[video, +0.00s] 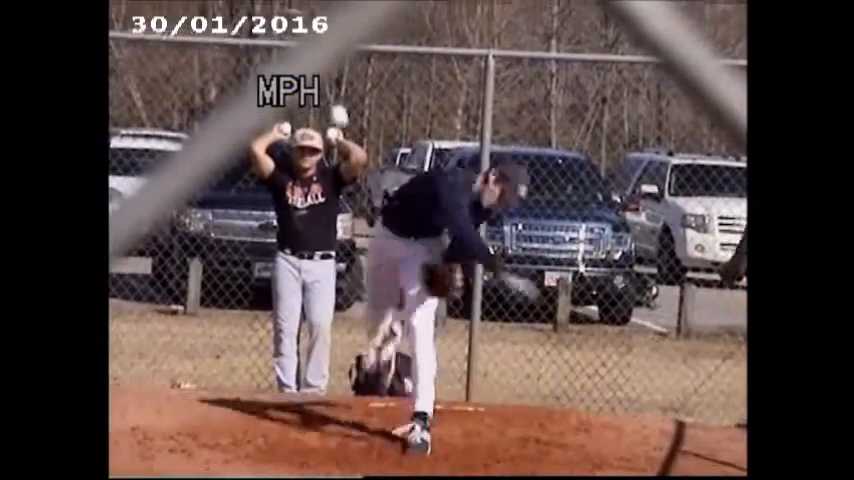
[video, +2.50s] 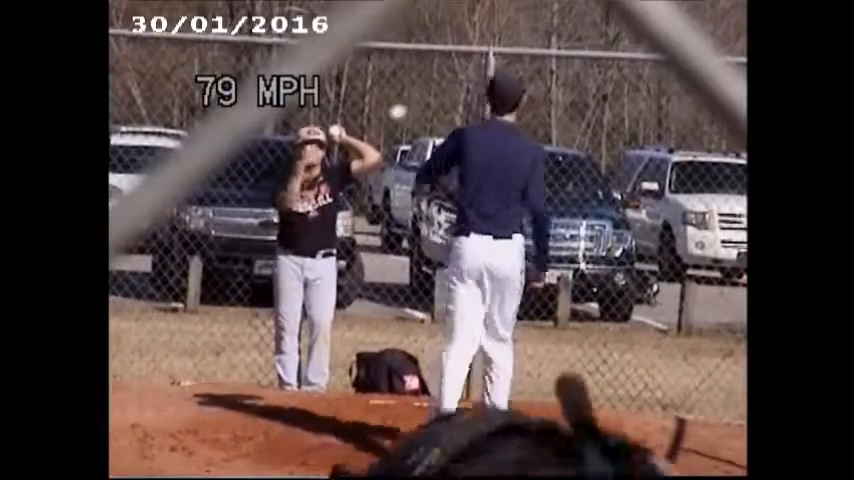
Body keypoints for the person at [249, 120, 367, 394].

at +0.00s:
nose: (307, 158)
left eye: (313, 152)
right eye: (302, 152)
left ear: (322, 153)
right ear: (292, 153)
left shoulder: (332, 177)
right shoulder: (281, 179)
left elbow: (361, 159)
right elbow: (256, 151)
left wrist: (339, 141)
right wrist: (274, 134)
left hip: (322, 262)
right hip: (288, 260)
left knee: (320, 325)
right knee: (285, 326)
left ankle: (315, 386)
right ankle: (286, 386)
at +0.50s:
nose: (307, 157)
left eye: (313, 152)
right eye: (301, 151)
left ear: (321, 153)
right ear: (291, 153)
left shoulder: (332, 177)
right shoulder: (281, 179)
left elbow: (360, 158)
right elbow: (255, 150)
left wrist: (340, 140)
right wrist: (275, 133)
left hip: (322, 261)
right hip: (287, 259)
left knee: (320, 326)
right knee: (285, 326)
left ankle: (315, 385)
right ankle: (285, 384)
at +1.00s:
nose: (307, 158)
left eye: (313, 153)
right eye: (302, 152)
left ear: (321, 153)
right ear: (292, 153)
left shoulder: (333, 177)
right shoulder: (281, 178)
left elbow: (361, 158)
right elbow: (256, 149)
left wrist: (341, 141)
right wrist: (275, 133)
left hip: (322, 261)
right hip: (288, 259)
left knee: (321, 324)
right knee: (285, 325)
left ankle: (315, 385)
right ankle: (286, 385)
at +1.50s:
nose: (309, 157)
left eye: (315, 151)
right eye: (303, 151)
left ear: (323, 153)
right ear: (293, 151)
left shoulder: (333, 176)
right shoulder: (281, 176)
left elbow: (364, 157)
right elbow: (254, 201)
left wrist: (341, 140)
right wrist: (269, 167)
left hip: (322, 260)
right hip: (287, 258)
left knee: (320, 322)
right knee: (285, 325)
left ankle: (315, 384)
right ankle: (286, 385)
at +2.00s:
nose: (308, 156)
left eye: (313, 151)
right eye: (303, 152)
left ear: (322, 155)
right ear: (294, 156)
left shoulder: (333, 179)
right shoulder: (283, 191)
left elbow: (371, 158)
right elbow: (276, 239)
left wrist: (343, 140)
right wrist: (265, 287)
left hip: (324, 264)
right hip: (290, 262)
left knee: (322, 327)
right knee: (287, 327)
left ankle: (316, 388)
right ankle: (287, 387)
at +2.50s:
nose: (311, 161)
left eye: (316, 157)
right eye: (306, 153)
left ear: (324, 155)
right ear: (296, 158)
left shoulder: (334, 175)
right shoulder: (289, 179)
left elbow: (374, 158)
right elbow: (286, 204)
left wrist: (344, 139)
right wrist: (299, 166)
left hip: (324, 259)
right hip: (289, 259)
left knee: (321, 323)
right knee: (287, 323)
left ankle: (316, 384)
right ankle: (288, 383)